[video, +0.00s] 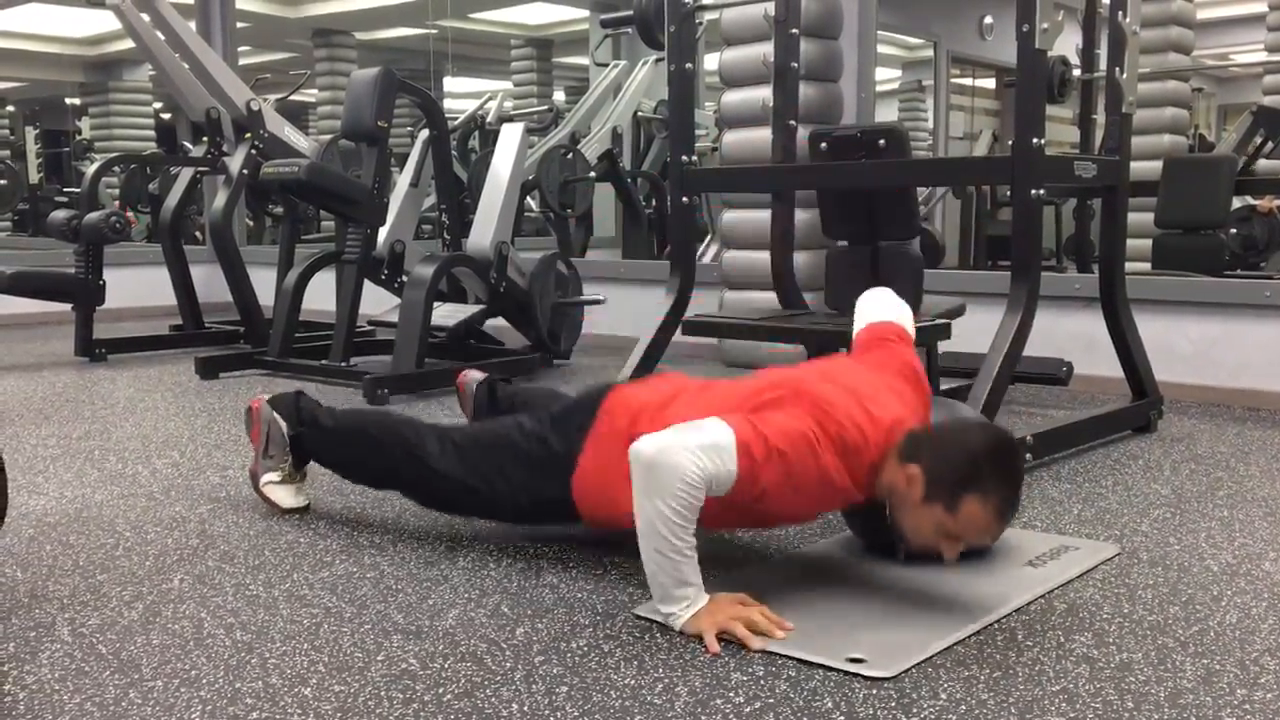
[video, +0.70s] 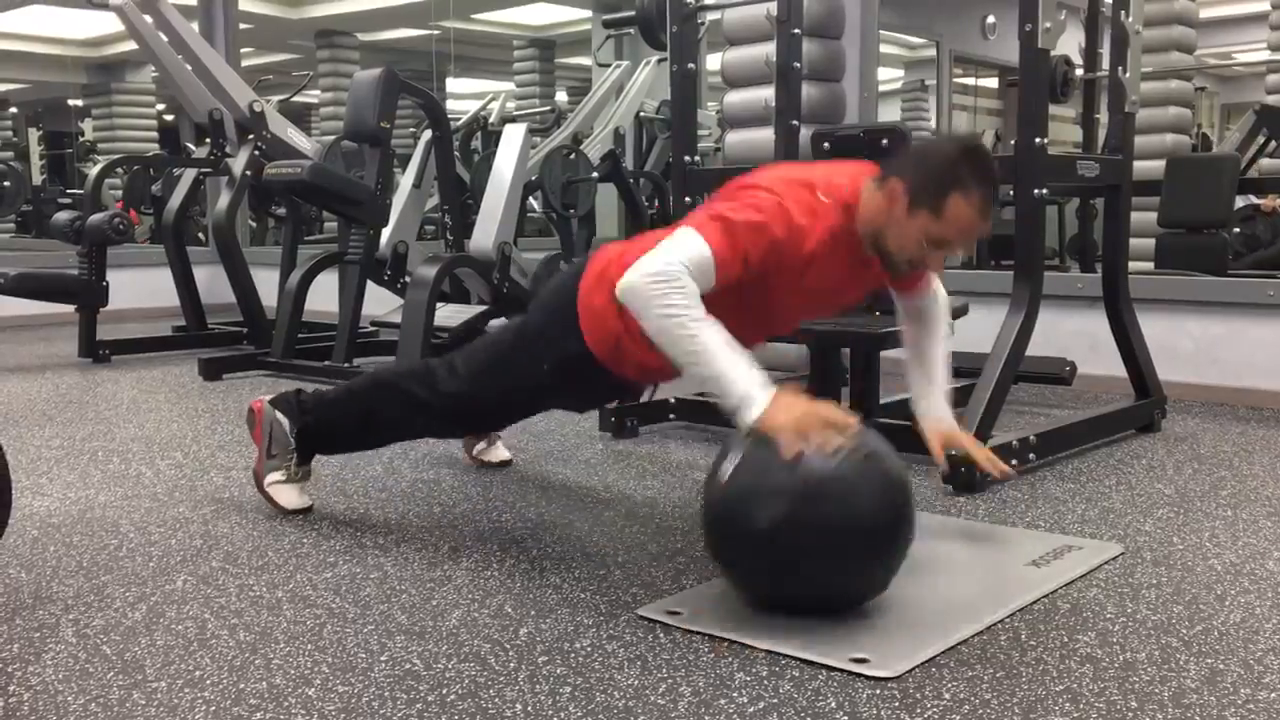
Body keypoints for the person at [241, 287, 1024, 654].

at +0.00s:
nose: (941, 555)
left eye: (961, 550)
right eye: (945, 543)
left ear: (948, 449)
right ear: (912, 484)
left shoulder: (902, 385)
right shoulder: (816, 440)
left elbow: (880, 304)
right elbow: (666, 463)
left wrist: (877, 467)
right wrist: (686, 599)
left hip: (651, 402)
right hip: (599, 454)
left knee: (565, 411)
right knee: (445, 463)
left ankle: (484, 387)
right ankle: (289, 423)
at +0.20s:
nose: (949, 504)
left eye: (966, 493)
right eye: (947, 486)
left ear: (917, 429)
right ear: (901, 440)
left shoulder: (887, 362)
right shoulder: (800, 426)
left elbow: (878, 301)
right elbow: (644, 468)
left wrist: (864, 406)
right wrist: (686, 600)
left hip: (656, 386)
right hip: (596, 437)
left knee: (553, 396)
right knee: (442, 454)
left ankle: (480, 379)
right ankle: (291, 423)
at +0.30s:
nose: (943, 428)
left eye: (960, 414)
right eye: (939, 408)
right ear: (890, 367)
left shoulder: (879, 322)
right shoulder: (788, 372)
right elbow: (645, 462)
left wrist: (893, 433)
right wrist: (687, 600)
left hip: (640, 348)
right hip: (589, 386)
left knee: (473, 407)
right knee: (436, 436)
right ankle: (281, 426)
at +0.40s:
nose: (931, 343)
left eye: (945, 330)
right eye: (928, 323)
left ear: (905, 277)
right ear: (880, 279)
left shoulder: (868, 270)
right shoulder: (775, 309)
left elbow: (874, 356)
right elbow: (656, 446)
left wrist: (887, 452)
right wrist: (687, 598)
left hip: (623, 327)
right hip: (574, 335)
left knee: (492, 389)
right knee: (431, 408)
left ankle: (467, 426)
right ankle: (277, 423)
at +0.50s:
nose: (927, 258)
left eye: (941, 244)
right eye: (924, 237)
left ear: (909, 205)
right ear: (874, 189)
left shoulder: (864, 219)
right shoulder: (776, 230)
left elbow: (837, 303)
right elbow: (714, 411)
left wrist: (857, 365)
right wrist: (704, 584)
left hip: (633, 314)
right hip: (585, 291)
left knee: (529, 377)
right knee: (440, 384)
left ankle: (476, 415)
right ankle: (284, 424)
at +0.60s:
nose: (925, 228)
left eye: (941, 217)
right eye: (920, 207)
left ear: (923, 180)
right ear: (877, 162)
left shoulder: (879, 188)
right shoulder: (775, 199)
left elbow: (885, 255)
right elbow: (678, 335)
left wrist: (849, 309)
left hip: (650, 323)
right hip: (597, 284)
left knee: (542, 377)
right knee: (452, 380)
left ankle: (480, 414)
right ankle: (292, 424)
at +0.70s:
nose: (940, 260)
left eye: (954, 247)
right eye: (938, 239)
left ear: (928, 215)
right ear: (895, 197)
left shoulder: (896, 230)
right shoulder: (791, 211)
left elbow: (924, 310)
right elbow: (652, 286)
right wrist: (761, 403)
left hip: (649, 338)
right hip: (590, 317)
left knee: (530, 379)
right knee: (453, 392)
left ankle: (467, 419)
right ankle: (289, 424)